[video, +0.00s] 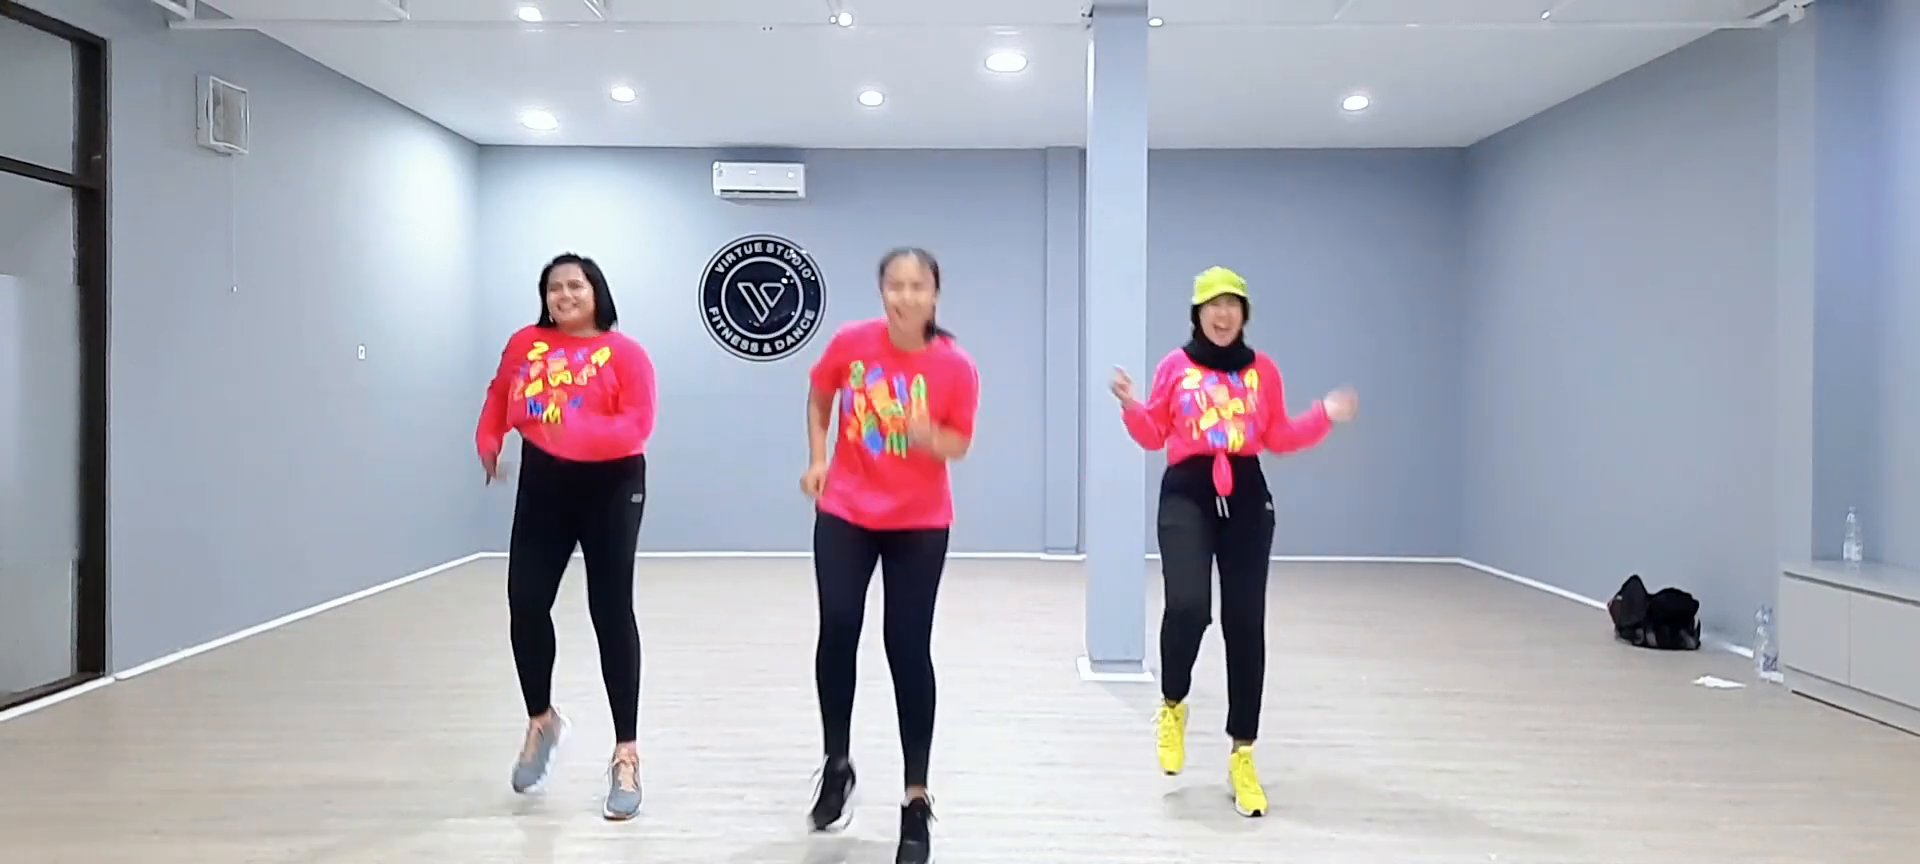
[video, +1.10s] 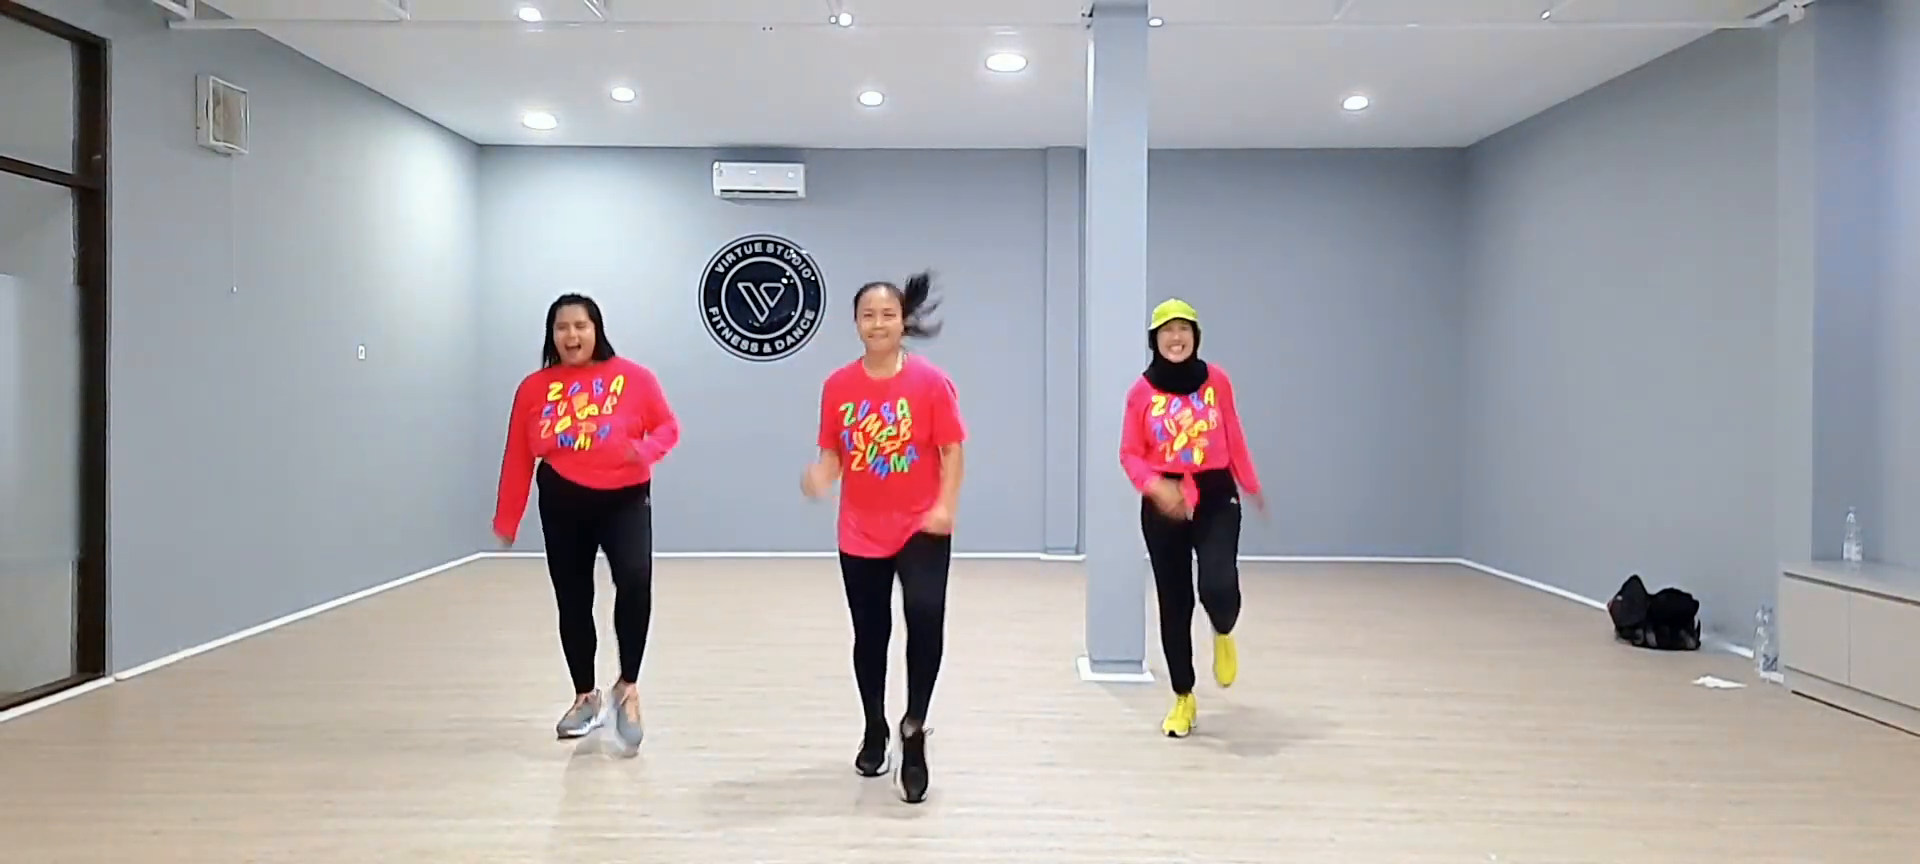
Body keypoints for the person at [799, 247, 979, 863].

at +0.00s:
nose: (906, 295)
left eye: (917, 286)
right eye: (897, 285)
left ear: (936, 295)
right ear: (881, 293)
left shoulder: (955, 365)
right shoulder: (849, 344)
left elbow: (960, 445)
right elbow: (820, 395)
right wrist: (818, 453)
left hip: (918, 523)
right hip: (844, 514)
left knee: (907, 646)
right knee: (837, 632)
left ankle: (915, 799)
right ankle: (836, 762)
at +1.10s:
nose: (878, 321)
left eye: (888, 313)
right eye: (869, 314)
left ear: (903, 322)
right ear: (857, 324)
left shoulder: (931, 382)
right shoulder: (839, 385)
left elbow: (952, 450)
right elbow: (831, 453)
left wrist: (945, 506)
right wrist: (819, 475)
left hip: (922, 526)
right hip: (862, 529)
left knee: (927, 622)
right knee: (869, 632)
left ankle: (915, 728)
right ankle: (874, 725)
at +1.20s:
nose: (879, 307)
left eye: (888, 298)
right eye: (870, 299)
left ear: (904, 306)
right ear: (856, 308)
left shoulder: (930, 361)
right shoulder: (839, 367)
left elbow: (972, 416)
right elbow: (823, 427)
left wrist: (985, 475)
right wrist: (811, 411)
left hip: (932, 498)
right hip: (873, 506)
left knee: (932, 582)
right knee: (878, 613)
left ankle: (933, 702)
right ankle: (875, 723)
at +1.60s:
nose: (872, 367)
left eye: (880, 357)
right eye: (866, 357)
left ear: (911, 348)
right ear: (863, 351)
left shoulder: (945, 409)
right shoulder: (863, 387)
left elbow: (979, 484)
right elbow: (854, 432)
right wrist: (847, 468)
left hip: (955, 543)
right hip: (888, 538)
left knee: (960, 656)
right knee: (853, 634)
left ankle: (976, 764)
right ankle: (900, 701)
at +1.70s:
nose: (854, 381)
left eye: (862, 371)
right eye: (849, 372)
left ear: (893, 362)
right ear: (846, 367)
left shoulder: (921, 417)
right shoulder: (853, 400)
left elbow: (922, 510)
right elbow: (870, 472)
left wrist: (932, 589)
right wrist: (870, 533)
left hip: (941, 545)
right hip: (880, 535)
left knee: (951, 659)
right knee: (820, 608)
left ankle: (976, 763)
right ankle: (823, 735)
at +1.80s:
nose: (835, 385)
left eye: (843, 375)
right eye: (831, 374)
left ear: (874, 368)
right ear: (829, 369)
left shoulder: (901, 419)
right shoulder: (836, 405)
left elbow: (862, 504)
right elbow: (843, 486)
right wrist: (841, 545)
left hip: (918, 559)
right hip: (854, 549)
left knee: (938, 680)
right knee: (794, 656)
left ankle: (976, 759)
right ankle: (775, 786)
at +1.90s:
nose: (830, 352)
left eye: (840, 341)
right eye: (822, 341)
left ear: (865, 341)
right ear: (814, 340)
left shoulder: (882, 393)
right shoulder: (810, 380)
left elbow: (832, 447)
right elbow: (806, 447)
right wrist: (794, 493)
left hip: (886, 535)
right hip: (820, 529)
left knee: (922, 658)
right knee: (771, 652)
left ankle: (967, 748)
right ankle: (771, 785)